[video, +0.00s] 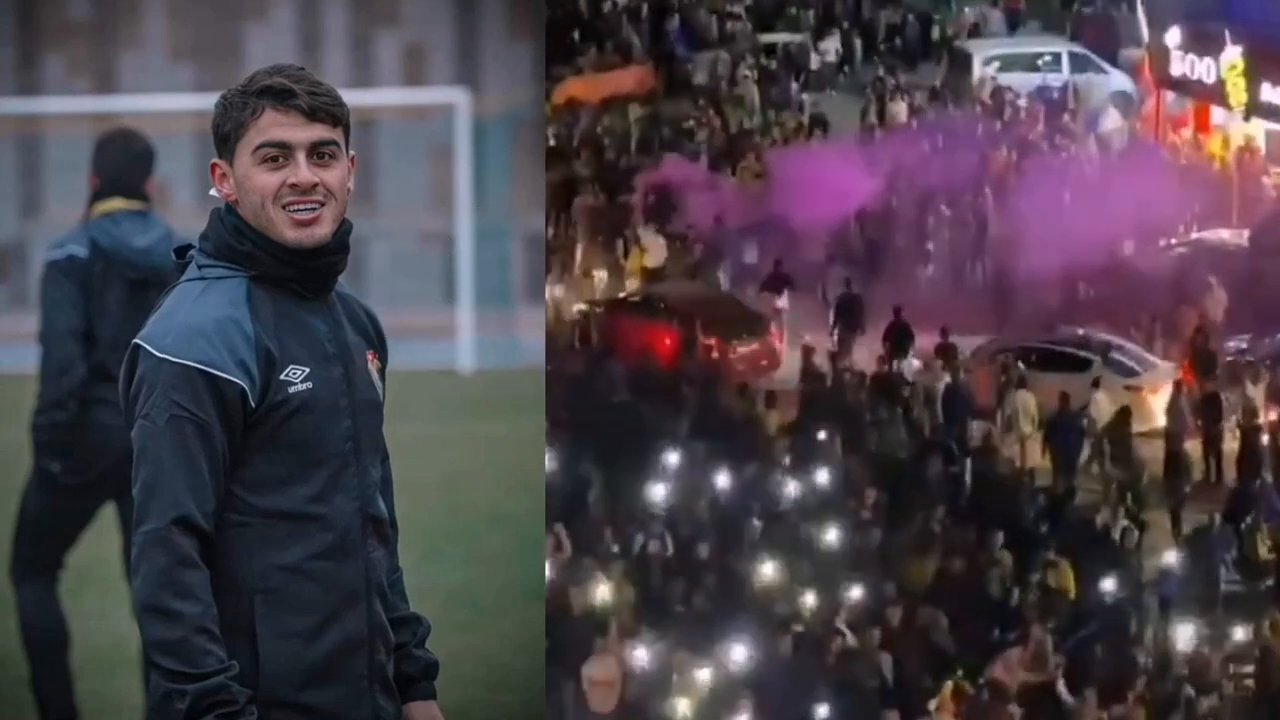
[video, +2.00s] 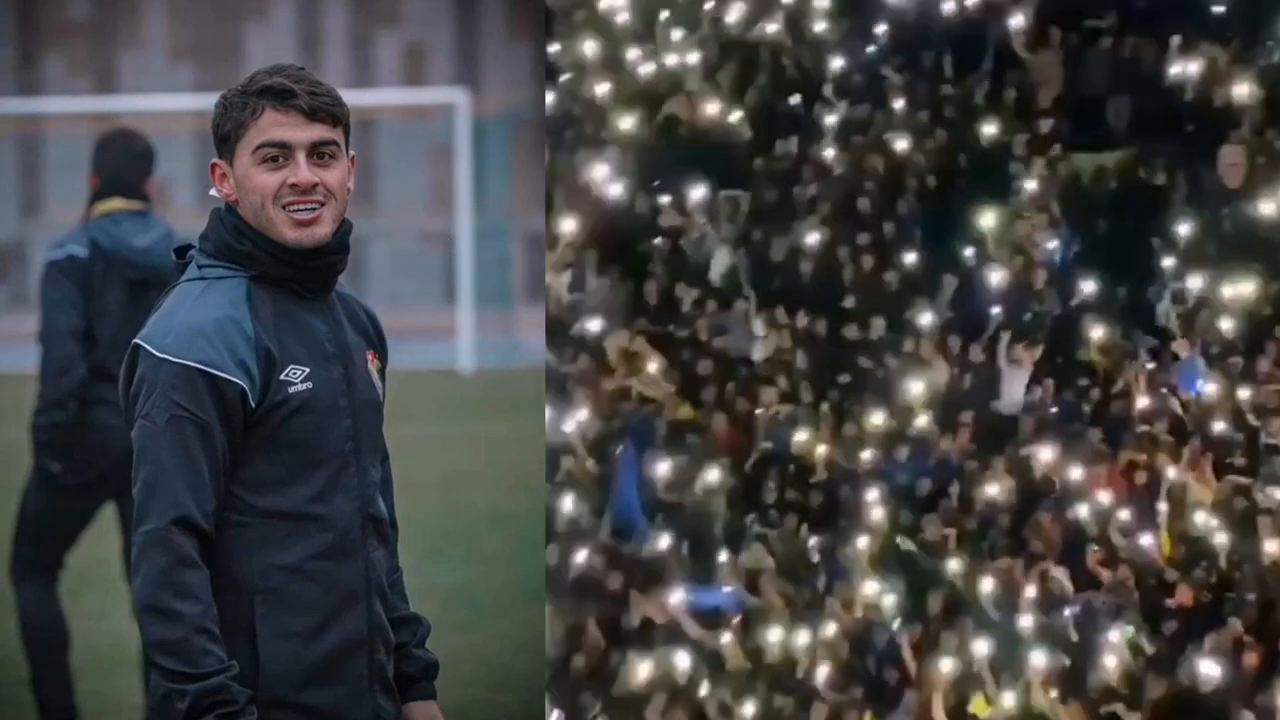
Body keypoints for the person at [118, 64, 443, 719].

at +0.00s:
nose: (305, 178)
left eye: (322, 155)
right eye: (274, 158)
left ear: (350, 171)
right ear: (226, 182)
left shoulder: (356, 323)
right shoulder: (195, 334)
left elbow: (372, 524)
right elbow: (164, 550)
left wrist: (414, 684)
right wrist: (213, 705)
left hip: (364, 690)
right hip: (259, 691)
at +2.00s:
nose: (305, 178)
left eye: (322, 155)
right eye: (274, 158)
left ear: (350, 171)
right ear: (226, 182)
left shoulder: (356, 324)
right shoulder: (195, 334)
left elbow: (373, 525)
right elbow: (164, 551)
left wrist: (414, 684)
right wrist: (213, 705)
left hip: (365, 690)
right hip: (259, 691)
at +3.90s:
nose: (304, 178)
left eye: (322, 155)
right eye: (274, 158)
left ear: (350, 171)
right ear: (226, 182)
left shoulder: (356, 323)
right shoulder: (195, 334)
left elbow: (372, 525)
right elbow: (164, 550)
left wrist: (414, 685)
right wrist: (213, 705)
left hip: (365, 690)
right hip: (259, 691)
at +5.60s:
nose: (305, 178)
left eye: (322, 155)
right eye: (274, 158)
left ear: (349, 171)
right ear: (226, 182)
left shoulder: (356, 323)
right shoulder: (195, 334)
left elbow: (372, 525)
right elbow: (164, 550)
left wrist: (414, 684)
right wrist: (213, 705)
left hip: (366, 690)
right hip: (260, 691)